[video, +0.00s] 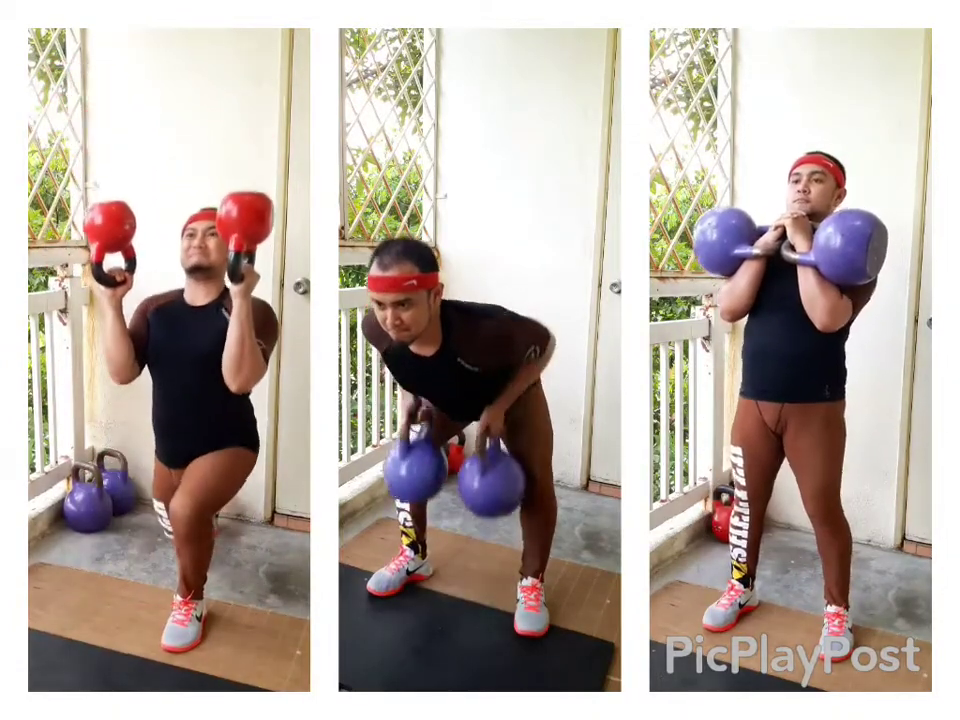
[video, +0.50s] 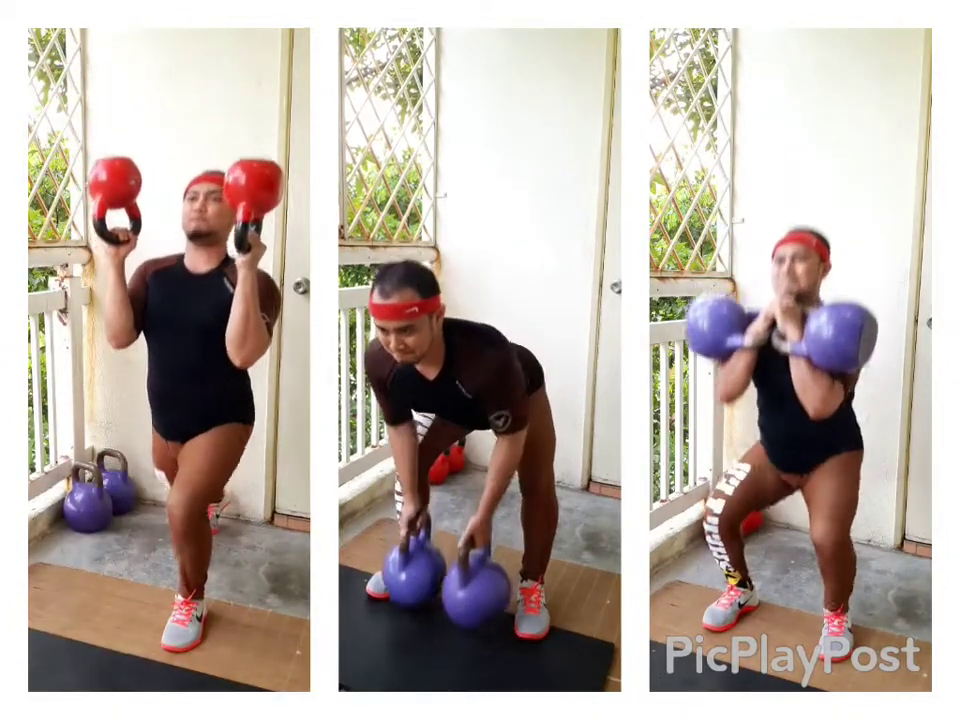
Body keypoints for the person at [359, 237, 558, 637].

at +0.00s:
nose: (391, 319)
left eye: (404, 305)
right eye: (380, 305)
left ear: (435, 293)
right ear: (372, 300)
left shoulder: (482, 328)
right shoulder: (375, 330)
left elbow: (543, 343)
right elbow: (404, 362)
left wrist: (500, 407)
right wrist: (409, 396)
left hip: (510, 391)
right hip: (445, 395)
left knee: (536, 483)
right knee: (409, 460)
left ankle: (531, 582)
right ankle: (413, 552)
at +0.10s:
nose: (394, 314)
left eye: (406, 299)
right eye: (382, 300)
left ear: (438, 287)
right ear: (373, 295)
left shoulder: (486, 327)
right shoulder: (376, 330)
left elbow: (538, 369)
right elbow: (394, 368)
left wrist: (497, 436)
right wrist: (408, 420)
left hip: (512, 398)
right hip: (450, 400)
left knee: (537, 487)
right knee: (410, 463)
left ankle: (531, 582)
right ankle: (413, 552)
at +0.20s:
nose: (396, 319)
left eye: (408, 305)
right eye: (385, 306)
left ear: (439, 291)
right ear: (375, 299)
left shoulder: (488, 332)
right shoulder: (379, 336)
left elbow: (528, 393)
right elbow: (398, 386)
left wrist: (491, 468)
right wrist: (412, 447)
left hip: (511, 400)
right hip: (450, 403)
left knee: (537, 486)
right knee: (407, 467)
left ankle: (531, 582)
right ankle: (411, 555)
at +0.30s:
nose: (396, 328)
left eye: (408, 314)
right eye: (384, 315)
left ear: (439, 299)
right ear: (375, 308)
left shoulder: (486, 339)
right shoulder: (380, 348)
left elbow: (520, 412)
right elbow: (400, 405)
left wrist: (487, 490)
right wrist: (413, 473)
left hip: (512, 398)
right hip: (453, 404)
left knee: (537, 488)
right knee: (406, 466)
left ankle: (532, 583)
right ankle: (408, 559)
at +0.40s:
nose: (395, 337)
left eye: (408, 323)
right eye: (384, 324)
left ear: (438, 307)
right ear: (374, 317)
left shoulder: (487, 348)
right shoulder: (380, 357)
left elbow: (516, 427)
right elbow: (400, 419)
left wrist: (485, 505)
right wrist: (411, 488)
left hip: (515, 396)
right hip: (455, 403)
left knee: (537, 486)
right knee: (410, 471)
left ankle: (532, 582)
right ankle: (405, 563)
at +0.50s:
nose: (395, 344)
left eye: (407, 331)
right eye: (384, 331)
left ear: (438, 314)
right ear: (375, 325)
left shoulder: (487, 355)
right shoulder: (379, 363)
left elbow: (512, 435)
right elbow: (401, 428)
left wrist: (484, 515)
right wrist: (411, 499)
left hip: (516, 396)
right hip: (456, 404)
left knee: (537, 486)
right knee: (412, 470)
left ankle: (532, 584)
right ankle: (407, 563)